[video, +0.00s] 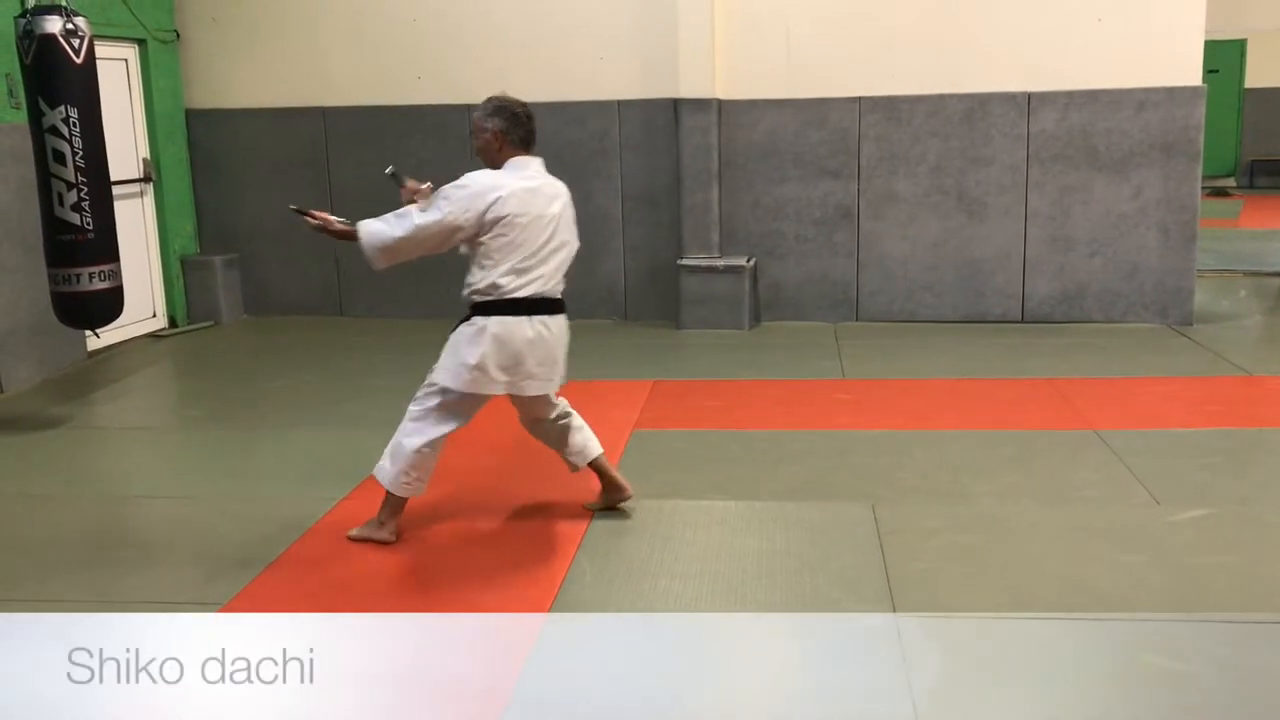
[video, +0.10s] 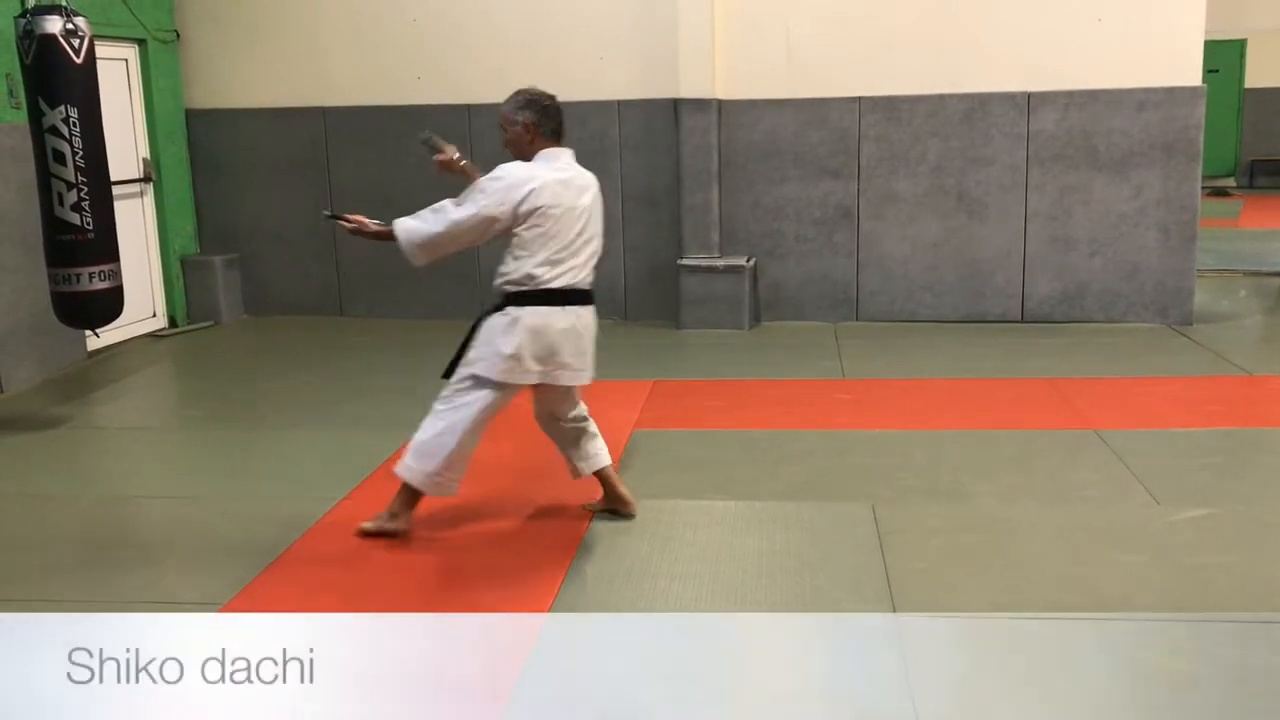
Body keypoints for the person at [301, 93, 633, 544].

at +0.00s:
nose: (474, 144)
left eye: (478, 134)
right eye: (474, 135)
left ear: (500, 135)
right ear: (523, 137)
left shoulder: (487, 188)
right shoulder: (558, 192)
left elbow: (426, 224)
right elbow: (495, 218)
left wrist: (352, 231)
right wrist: (435, 200)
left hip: (492, 329)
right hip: (548, 329)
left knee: (429, 414)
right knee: (543, 408)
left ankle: (387, 519)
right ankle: (613, 482)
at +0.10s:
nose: (503, 137)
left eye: (508, 128)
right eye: (502, 128)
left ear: (531, 127)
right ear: (545, 129)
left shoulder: (518, 179)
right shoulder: (586, 182)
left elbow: (459, 218)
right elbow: (516, 204)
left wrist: (385, 230)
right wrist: (466, 170)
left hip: (522, 318)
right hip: (576, 318)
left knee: (457, 407)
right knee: (561, 408)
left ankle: (399, 510)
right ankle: (617, 495)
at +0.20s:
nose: (522, 134)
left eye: (525, 125)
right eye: (520, 126)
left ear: (548, 125)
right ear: (566, 126)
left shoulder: (537, 176)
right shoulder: (604, 173)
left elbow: (478, 221)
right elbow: (541, 196)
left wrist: (411, 236)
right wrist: (505, 154)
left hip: (558, 319)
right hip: (608, 315)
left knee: (487, 402)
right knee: (585, 405)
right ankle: (616, 496)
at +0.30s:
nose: (531, 133)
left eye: (536, 123)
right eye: (530, 123)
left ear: (561, 124)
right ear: (580, 126)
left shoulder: (554, 176)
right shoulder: (617, 168)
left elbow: (499, 221)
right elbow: (564, 185)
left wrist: (433, 244)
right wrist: (531, 143)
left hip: (588, 320)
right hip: (634, 312)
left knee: (534, 413)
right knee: (602, 407)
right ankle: (618, 496)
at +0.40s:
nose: (541, 132)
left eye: (547, 122)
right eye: (541, 122)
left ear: (573, 124)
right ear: (587, 127)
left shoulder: (568, 177)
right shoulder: (629, 165)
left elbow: (512, 226)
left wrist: (453, 248)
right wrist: (554, 128)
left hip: (622, 320)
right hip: (656, 308)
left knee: (606, 436)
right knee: (612, 404)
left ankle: (696, 483)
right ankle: (621, 493)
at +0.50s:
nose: (558, 135)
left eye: (563, 127)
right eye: (559, 126)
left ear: (588, 129)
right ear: (603, 128)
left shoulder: (582, 182)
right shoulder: (647, 168)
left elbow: (529, 229)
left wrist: (474, 252)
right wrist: (575, 112)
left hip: (651, 316)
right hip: (658, 307)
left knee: (688, 426)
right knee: (614, 395)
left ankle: (790, 485)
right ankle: (619, 492)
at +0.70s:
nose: (599, 141)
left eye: (606, 133)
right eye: (599, 132)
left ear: (636, 137)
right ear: (638, 136)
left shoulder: (646, 189)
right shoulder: (668, 168)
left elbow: (588, 245)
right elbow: (600, 215)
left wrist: (543, 253)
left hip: (722, 319)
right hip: (681, 321)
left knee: (767, 425)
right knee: (622, 390)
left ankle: (850, 505)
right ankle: (624, 492)